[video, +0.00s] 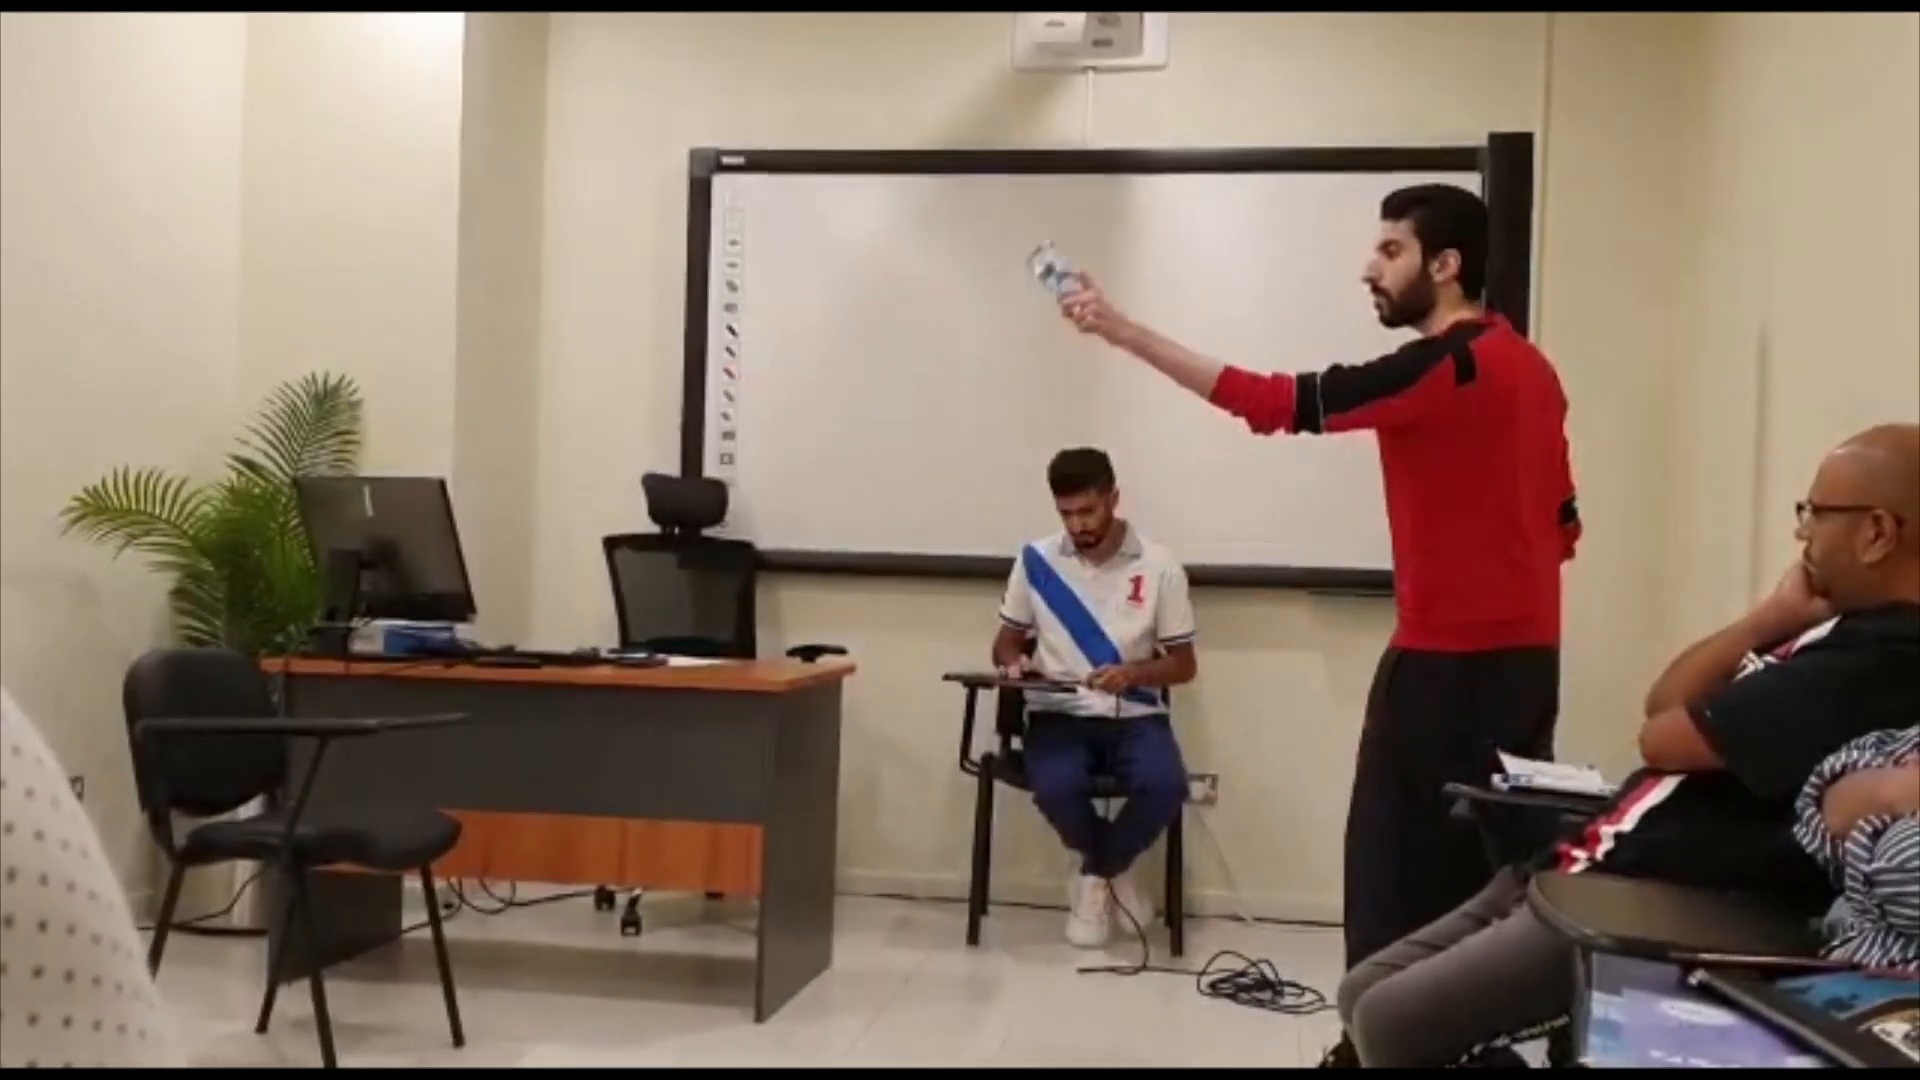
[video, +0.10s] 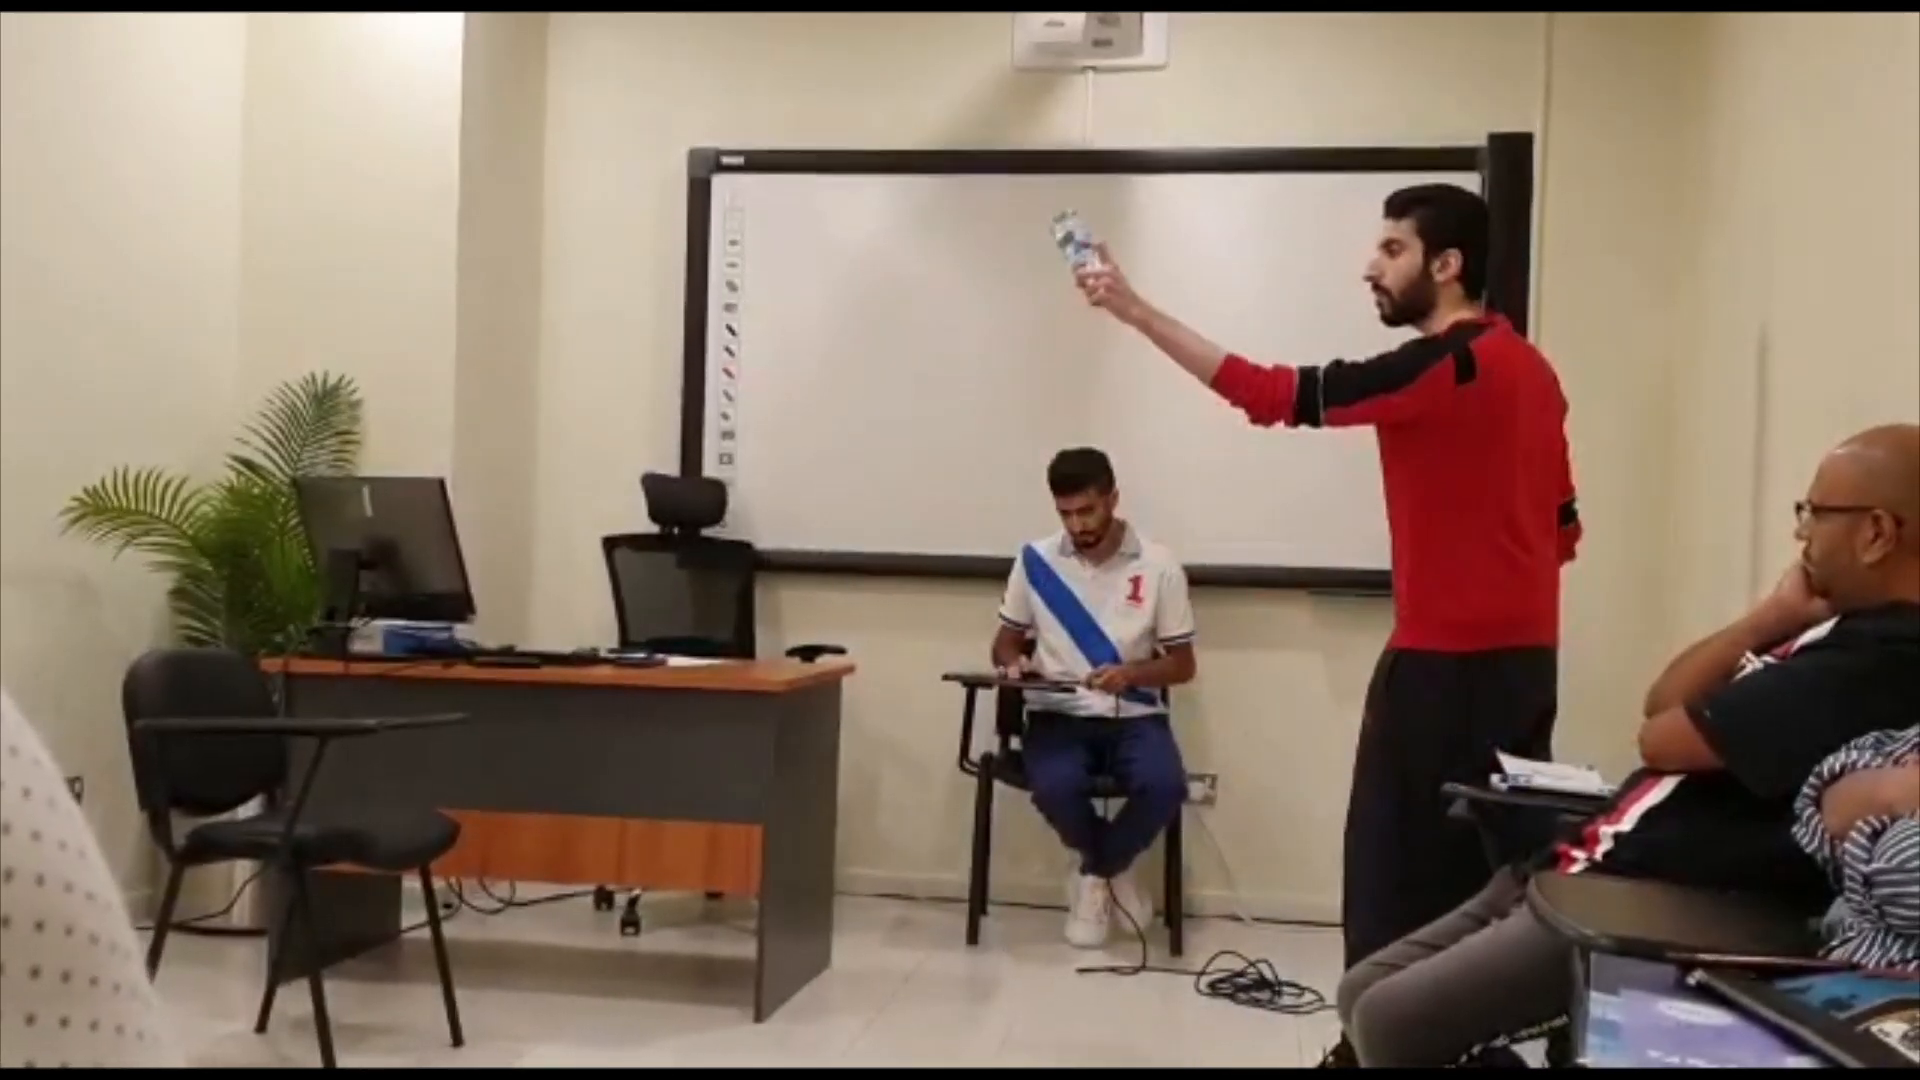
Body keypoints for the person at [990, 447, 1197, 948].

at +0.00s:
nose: (1078, 526)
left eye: (1087, 512)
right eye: (1067, 514)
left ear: (1113, 499)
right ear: (1056, 509)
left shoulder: (1158, 566)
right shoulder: (1036, 562)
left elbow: (1183, 663)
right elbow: (1008, 641)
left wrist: (1132, 674)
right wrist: (1012, 661)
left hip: (1135, 717)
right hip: (1059, 716)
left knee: (1163, 788)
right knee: (1055, 791)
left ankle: (1094, 879)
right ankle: (1114, 870)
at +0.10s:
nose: (1077, 526)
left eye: (1087, 512)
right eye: (1067, 514)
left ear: (1113, 499)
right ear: (1055, 508)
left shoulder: (1158, 565)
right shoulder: (1035, 562)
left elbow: (1182, 663)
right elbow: (1007, 641)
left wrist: (1130, 674)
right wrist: (1012, 662)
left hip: (1134, 717)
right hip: (1058, 716)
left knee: (1162, 788)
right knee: (1054, 791)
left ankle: (1094, 879)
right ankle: (1114, 868)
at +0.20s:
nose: (1077, 526)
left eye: (1087, 512)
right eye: (1067, 514)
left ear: (1113, 499)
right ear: (1055, 508)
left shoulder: (1157, 565)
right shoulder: (1035, 562)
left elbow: (1182, 663)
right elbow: (1005, 644)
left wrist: (1130, 674)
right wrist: (1012, 662)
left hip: (1134, 716)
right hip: (1058, 716)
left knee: (1162, 788)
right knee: (1054, 791)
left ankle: (1093, 879)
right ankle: (1113, 869)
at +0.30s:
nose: (1078, 525)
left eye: (1087, 511)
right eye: (1067, 514)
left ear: (1112, 499)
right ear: (1055, 509)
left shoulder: (1157, 565)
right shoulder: (1035, 562)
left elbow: (1182, 663)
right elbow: (1005, 644)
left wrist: (1130, 674)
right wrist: (1012, 662)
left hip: (1134, 716)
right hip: (1057, 716)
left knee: (1162, 788)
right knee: (1054, 791)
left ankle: (1093, 879)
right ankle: (1114, 869)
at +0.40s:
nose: (1077, 525)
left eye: (1086, 511)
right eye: (1066, 514)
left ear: (1112, 499)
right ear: (1055, 508)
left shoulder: (1157, 565)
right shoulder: (1035, 562)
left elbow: (1182, 664)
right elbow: (1005, 644)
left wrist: (1130, 674)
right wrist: (1012, 662)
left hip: (1134, 717)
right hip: (1058, 716)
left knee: (1162, 788)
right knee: (1054, 791)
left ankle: (1093, 879)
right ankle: (1114, 869)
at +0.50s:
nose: (1077, 525)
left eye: (1086, 512)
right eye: (1067, 513)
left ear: (1113, 504)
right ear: (1057, 510)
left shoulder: (1157, 567)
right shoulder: (1034, 562)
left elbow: (1182, 664)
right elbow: (1004, 645)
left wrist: (1129, 674)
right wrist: (1013, 662)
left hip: (1133, 718)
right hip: (1056, 717)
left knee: (1162, 788)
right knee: (1054, 791)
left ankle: (1093, 880)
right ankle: (1113, 868)